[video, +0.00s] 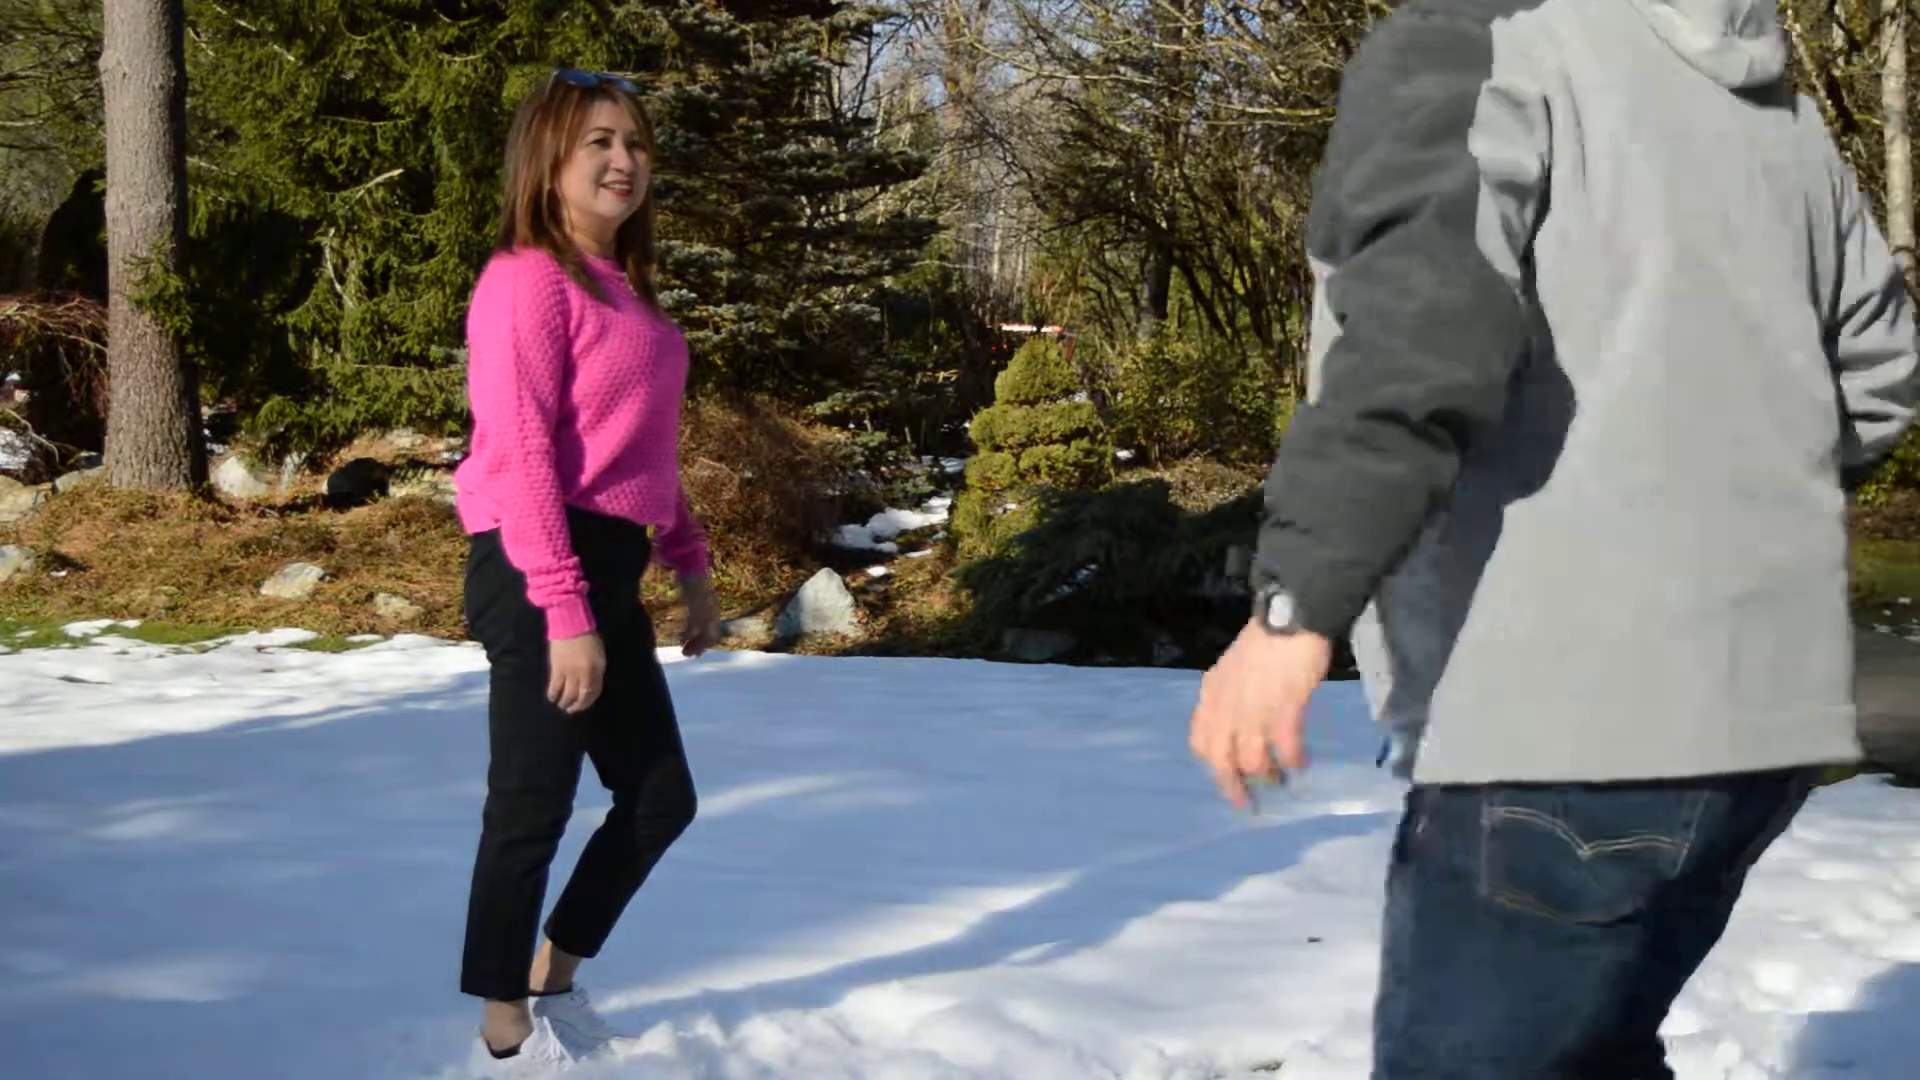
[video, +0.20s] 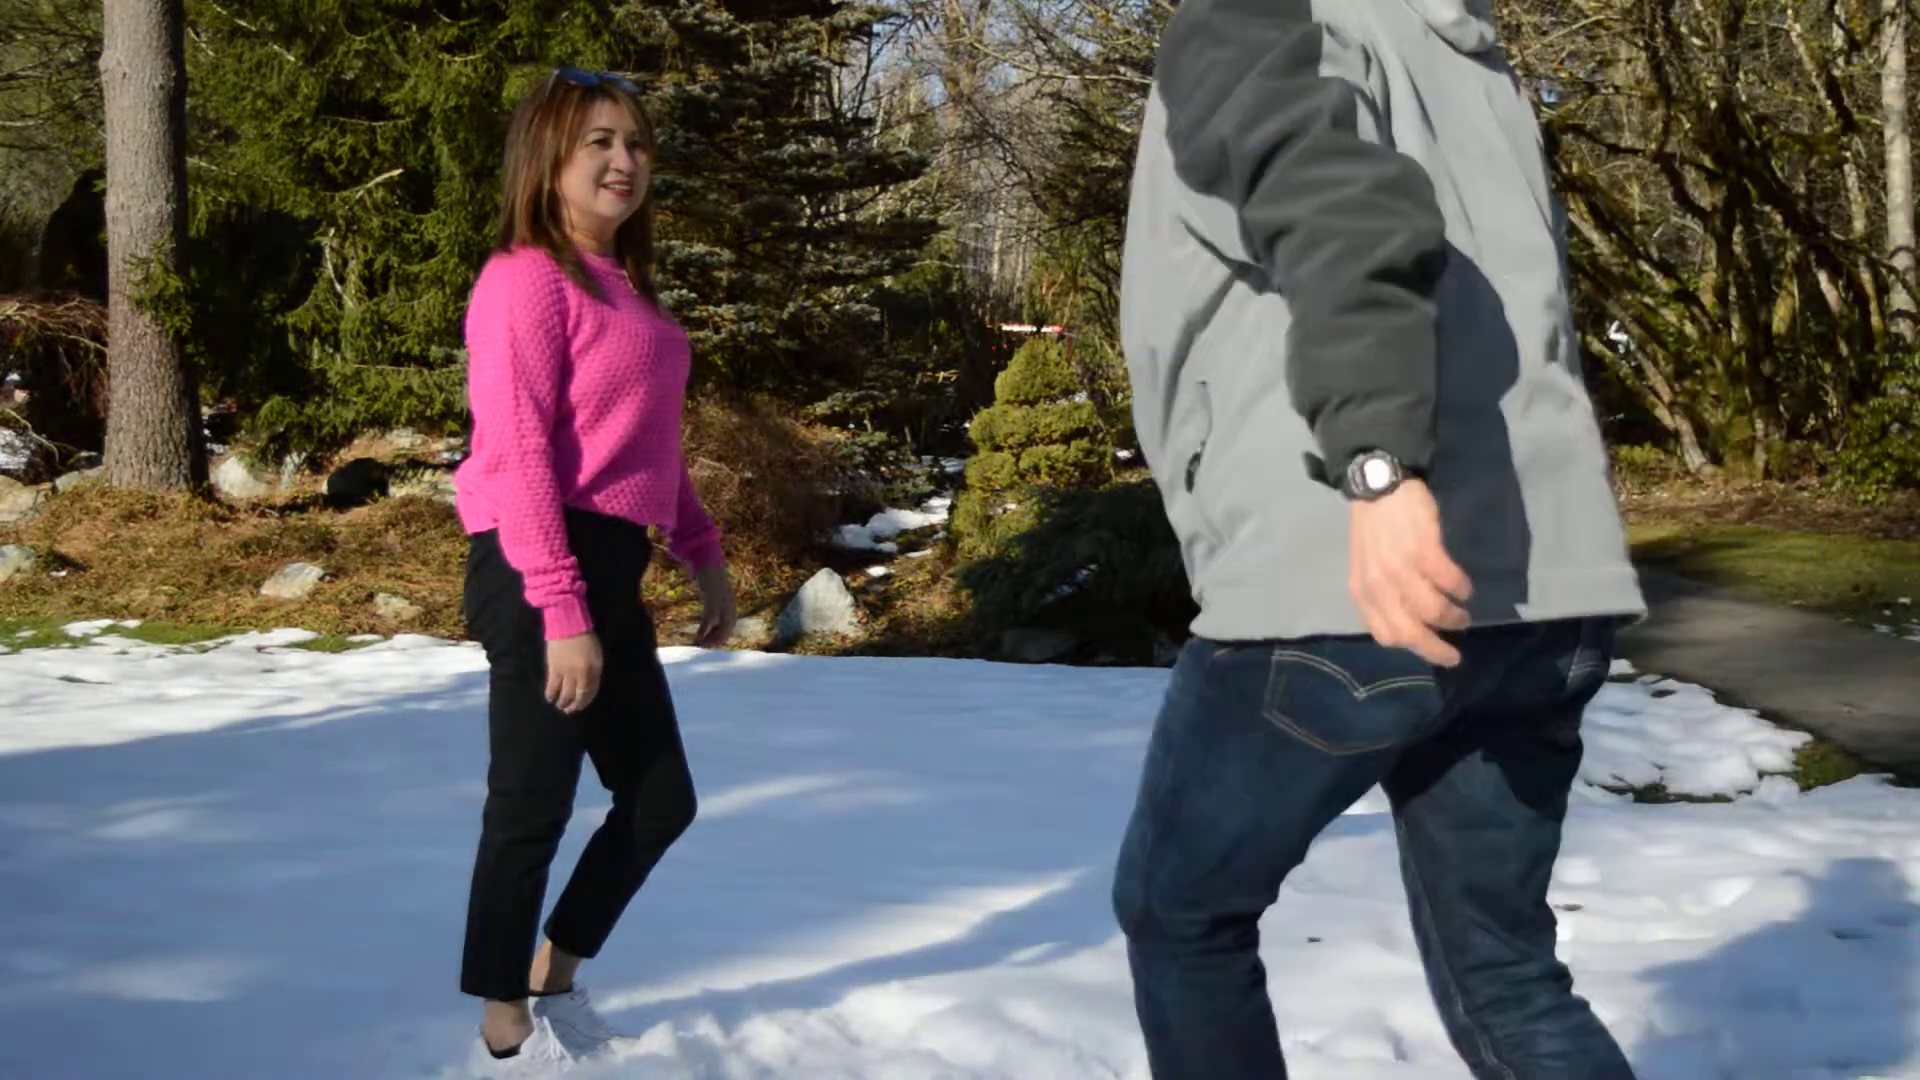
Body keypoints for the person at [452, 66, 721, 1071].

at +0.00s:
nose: (625, 159)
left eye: (636, 144)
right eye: (600, 143)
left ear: (648, 167)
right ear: (548, 165)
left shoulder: (622, 288)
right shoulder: (524, 279)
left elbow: (643, 449)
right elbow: (518, 453)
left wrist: (691, 568)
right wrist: (565, 609)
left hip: (606, 559)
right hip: (532, 554)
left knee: (661, 797)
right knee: (530, 804)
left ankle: (550, 977)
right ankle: (502, 1035)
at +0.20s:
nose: (626, 160)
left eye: (636, 144)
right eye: (600, 143)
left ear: (648, 166)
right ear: (548, 163)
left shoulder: (620, 287)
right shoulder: (522, 279)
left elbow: (648, 446)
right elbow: (517, 455)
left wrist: (704, 557)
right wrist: (562, 610)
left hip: (608, 563)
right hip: (536, 558)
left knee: (660, 799)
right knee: (529, 807)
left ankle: (548, 980)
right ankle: (503, 1038)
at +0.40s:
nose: (623, 159)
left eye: (635, 143)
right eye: (598, 142)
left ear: (647, 165)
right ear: (546, 162)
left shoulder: (622, 288)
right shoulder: (519, 279)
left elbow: (658, 448)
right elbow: (514, 455)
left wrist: (719, 557)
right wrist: (560, 611)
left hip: (607, 564)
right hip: (534, 559)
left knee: (659, 801)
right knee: (530, 809)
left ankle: (548, 980)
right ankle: (502, 1035)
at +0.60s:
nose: (620, 159)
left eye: (632, 142)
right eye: (595, 142)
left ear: (645, 164)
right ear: (544, 162)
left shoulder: (621, 286)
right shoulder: (517, 280)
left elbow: (664, 442)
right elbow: (511, 460)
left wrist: (718, 548)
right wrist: (559, 615)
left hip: (612, 560)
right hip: (536, 554)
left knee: (660, 800)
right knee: (529, 809)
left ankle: (549, 981)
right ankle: (503, 1034)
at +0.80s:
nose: (617, 158)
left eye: (630, 142)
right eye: (593, 141)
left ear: (645, 164)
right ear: (543, 161)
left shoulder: (623, 286)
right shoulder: (516, 280)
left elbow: (660, 447)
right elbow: (502, 454)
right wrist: (556, 607)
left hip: (614, 556)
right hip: (534, 553)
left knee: (660, 804)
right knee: (530, 804)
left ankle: (548, 982)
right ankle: (502, 1038)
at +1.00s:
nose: (610, 159)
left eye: (622, 142)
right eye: (587, 141)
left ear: (638, 162)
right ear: (539, 161)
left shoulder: (630, 280)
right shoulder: (511, 278)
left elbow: (654, 422)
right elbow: (489, 439)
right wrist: (529, 574)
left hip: (612, 562)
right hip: (530, 564)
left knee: (658, 790)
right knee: (530, 805)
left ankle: (551, 976)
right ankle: (501, 1036)